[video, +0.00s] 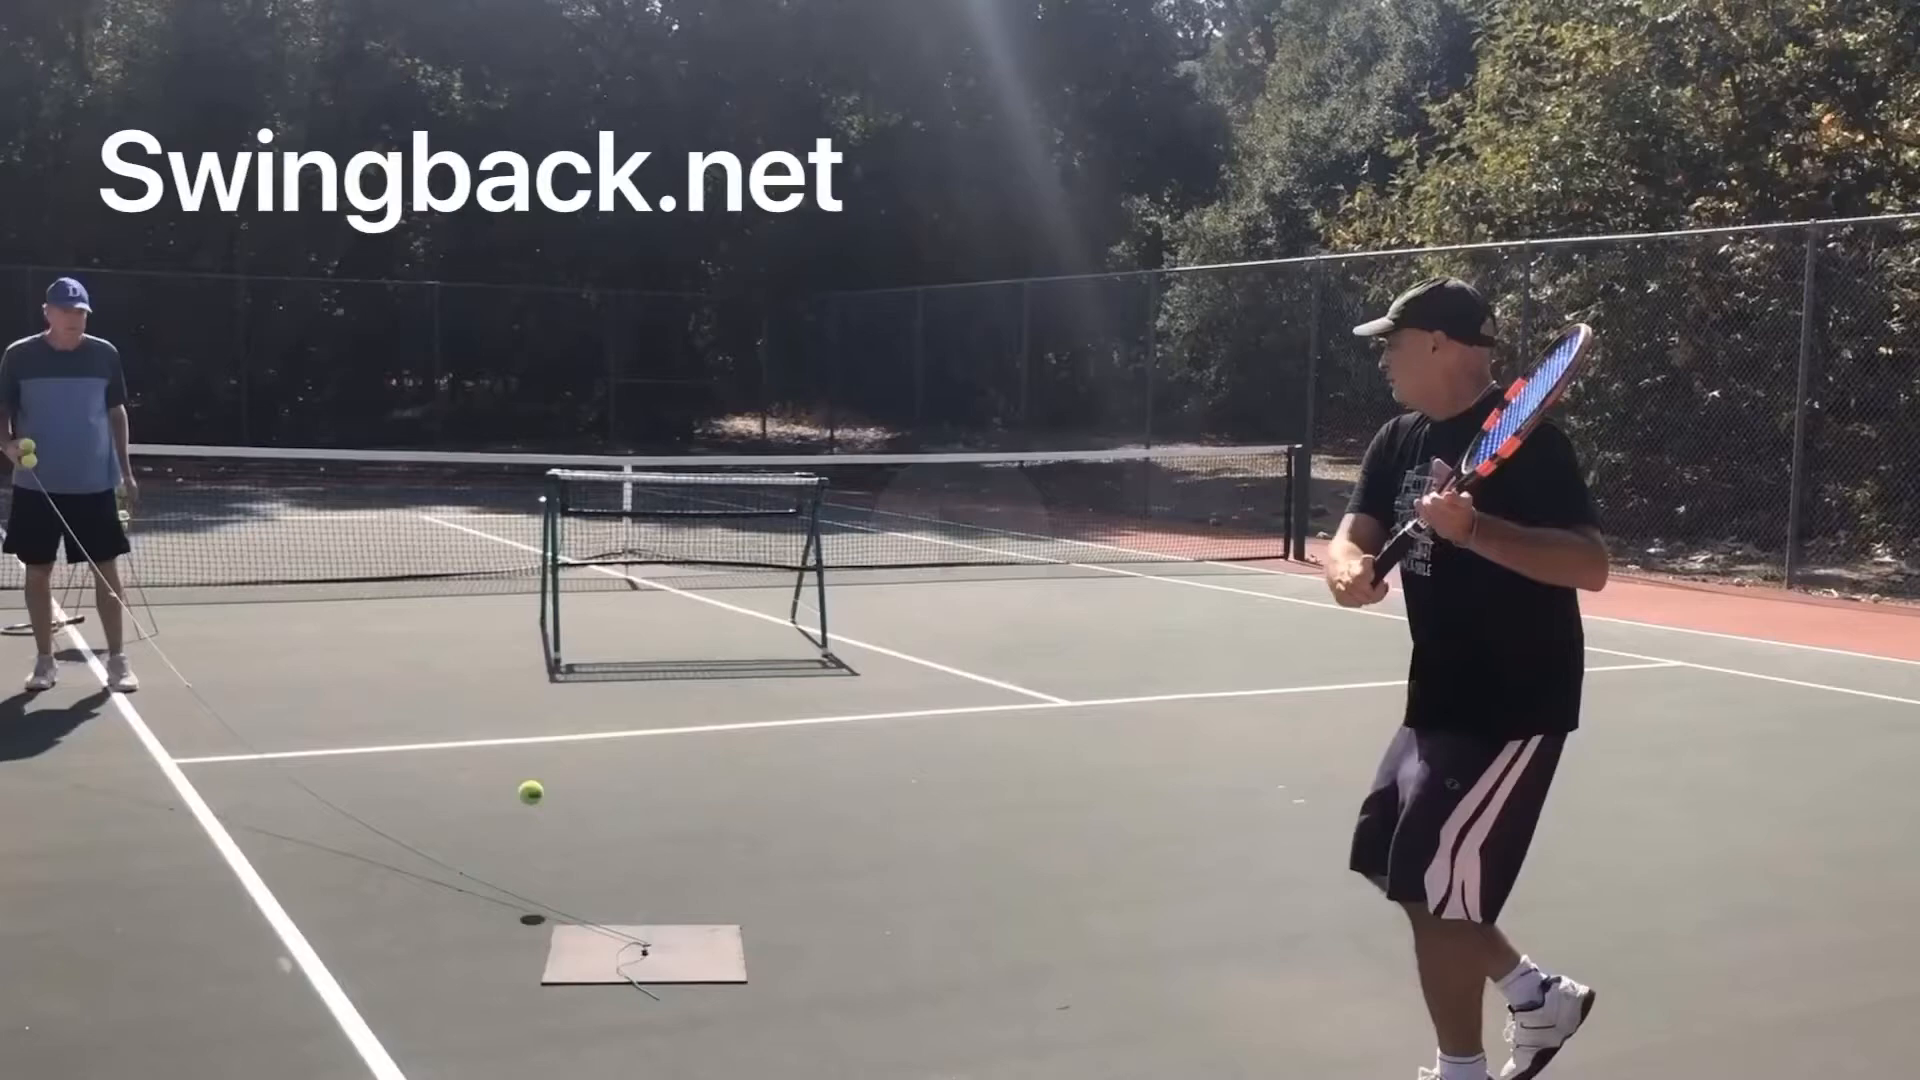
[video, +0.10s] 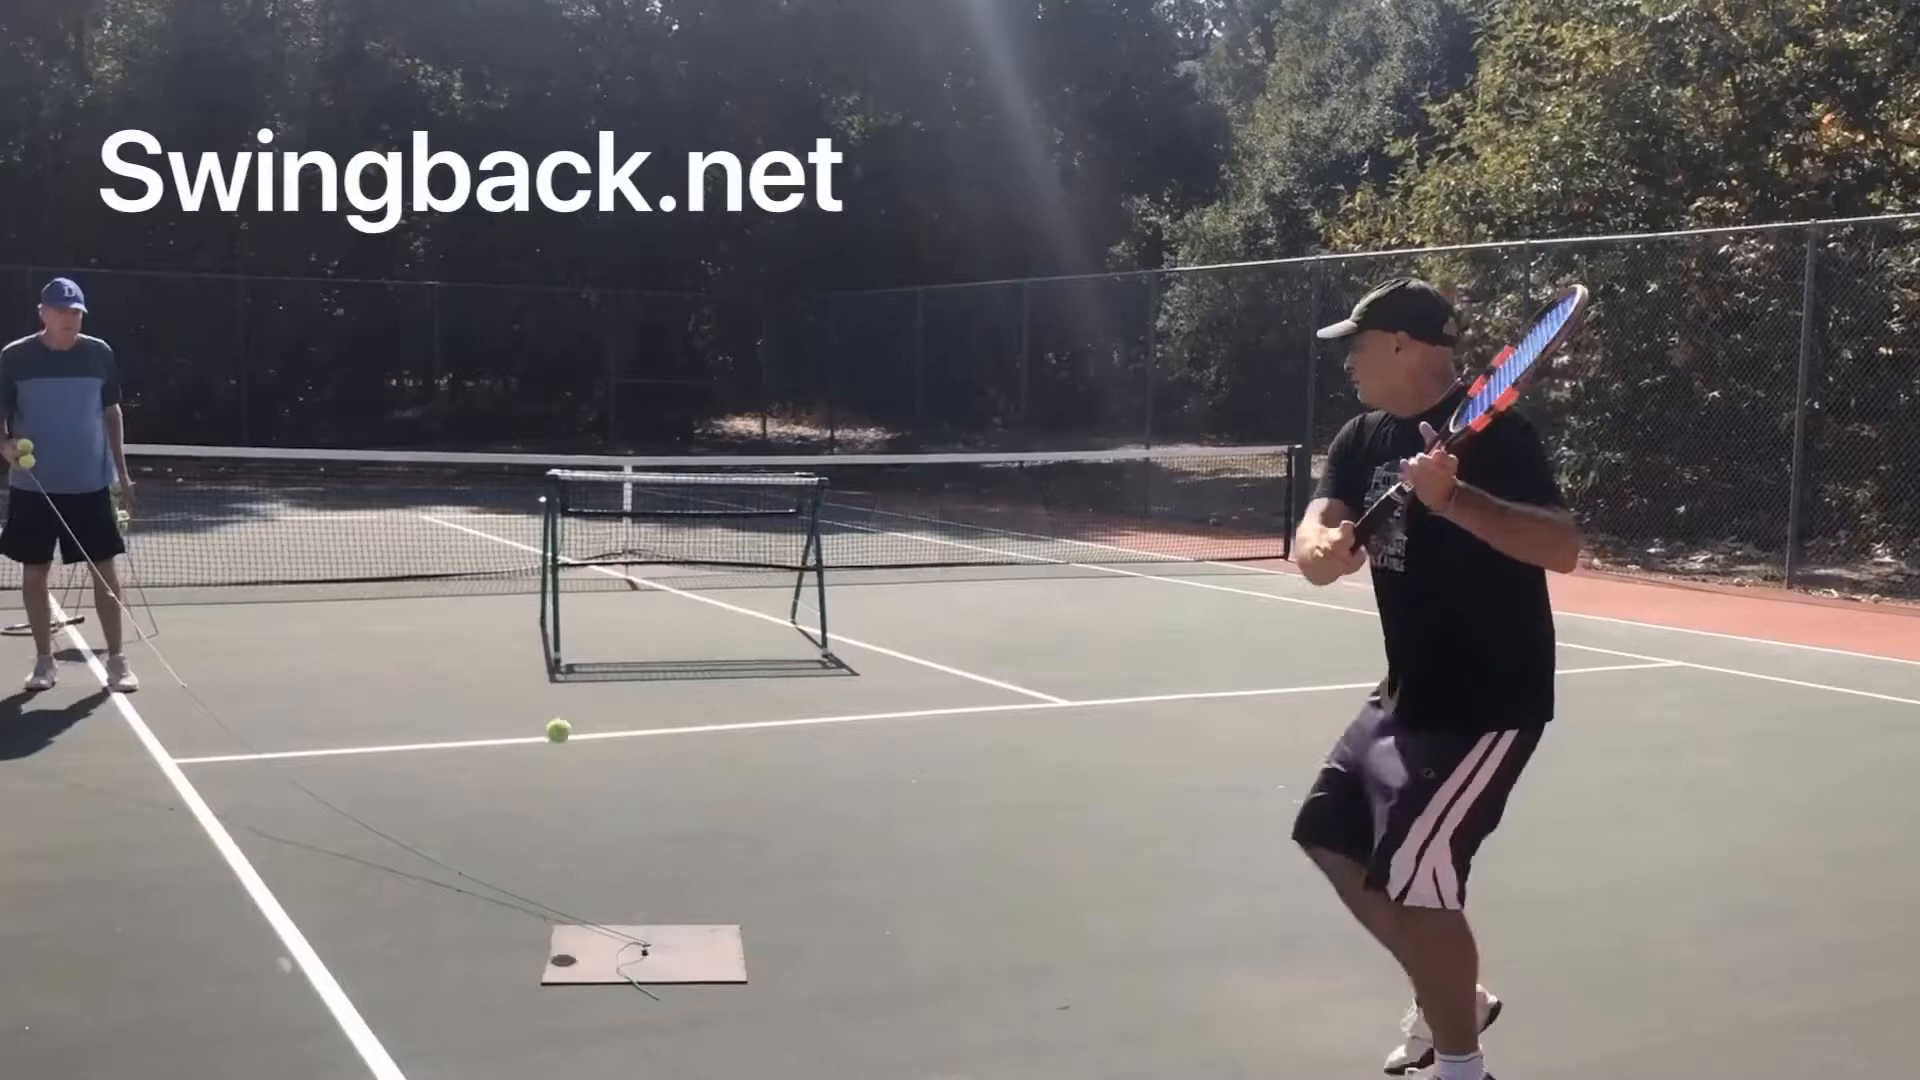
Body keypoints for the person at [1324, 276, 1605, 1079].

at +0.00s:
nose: (1385, 360)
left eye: (1395, 346)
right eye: (1387, 347)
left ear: (1445, 349)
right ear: (1436, 351)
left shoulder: (1529, 441)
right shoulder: (1402, 439)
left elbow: (1591, 564)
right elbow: (1353, 541)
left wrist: (1474, 530)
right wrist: (1349, 574)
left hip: (1518, 709)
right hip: (1439, 700)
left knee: (1438, 878)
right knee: (1390, 856)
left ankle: (1461, 1067)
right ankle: (1536, 995)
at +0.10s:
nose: (1350, 361)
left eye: (1362, 347)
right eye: (1354, 347)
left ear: (1413, 350)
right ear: (1399, 352)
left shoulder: (1498, 434)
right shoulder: (1365, 440)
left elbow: (1563, 547)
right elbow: (1311, 549)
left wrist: (1454, 499)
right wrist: (1331, 552)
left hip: (1496, 701)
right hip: (1412, 688)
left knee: (1414, 873)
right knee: (1331, 833)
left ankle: (1461, 1064)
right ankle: (1451, 997)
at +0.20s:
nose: (1295, 370)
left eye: (1303, 356)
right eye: (1295, 357)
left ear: (1349, 355)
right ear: (1341, 359)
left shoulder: (1448, 427)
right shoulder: (1311, 438)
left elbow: (1514, 518)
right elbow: (1265, 530)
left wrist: (1412, 455)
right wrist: (1295, 519)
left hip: (1448, 702)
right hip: (1361, 684)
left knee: (1390, 874)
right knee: (1272, 818)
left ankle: (1457, 1066)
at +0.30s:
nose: (1238, 338)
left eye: (1249, 321)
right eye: (1238, 323)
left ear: (1294, 322)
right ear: (1283, 326)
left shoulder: (1383, 393)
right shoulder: (1264, 406)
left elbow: (1444, 466)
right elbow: (1224, 467)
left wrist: (1366, 390)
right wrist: (1252, 455)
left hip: (1405, 659)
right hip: (1318, 643)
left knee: (1367, 837)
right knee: (1226, 786)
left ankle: (1461, 1031)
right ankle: (1165, 951)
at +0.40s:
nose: (1180, 365)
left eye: (1191, 349)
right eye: (1180, 351)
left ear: (1243, 348)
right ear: (1224, 352)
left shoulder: (1327, 410)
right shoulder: (1198, 426)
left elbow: (1339, 513)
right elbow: (1172, 488)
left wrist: (1308, 439)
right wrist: (1195, 499)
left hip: (1359, 668)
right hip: (1271, 656)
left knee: (1321, 849)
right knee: (1171, 795)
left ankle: (1453, 1019)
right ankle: (1132, 957)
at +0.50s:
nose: (1135, 385)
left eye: (1147, 369)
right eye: (1135, 372)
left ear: (1199, 370)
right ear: (1182, 377)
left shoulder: (1272, 430)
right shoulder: (1160, 464)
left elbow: (1287, 540)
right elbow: (1122, 535)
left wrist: (1223, 580)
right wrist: (1083, 582)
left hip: (1329, 674)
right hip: (1243, 669)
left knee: (1268, 850)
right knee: (1141, 786)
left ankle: (1431, 991)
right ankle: (1130, 958)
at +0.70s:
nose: (1117, 382)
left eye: (1128, 367)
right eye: (1118, 368)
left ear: (1179, 367)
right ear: (1169, 371)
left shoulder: (1228, 430)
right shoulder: (1185, 446)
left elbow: (1300, 504)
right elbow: (1241, 569)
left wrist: (1373, 565)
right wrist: (1196, 654)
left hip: (1292, 673)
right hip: (1230, 667)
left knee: (1219, 843)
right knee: (1133, 782)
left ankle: (1409, 938)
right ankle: (1130, 958)